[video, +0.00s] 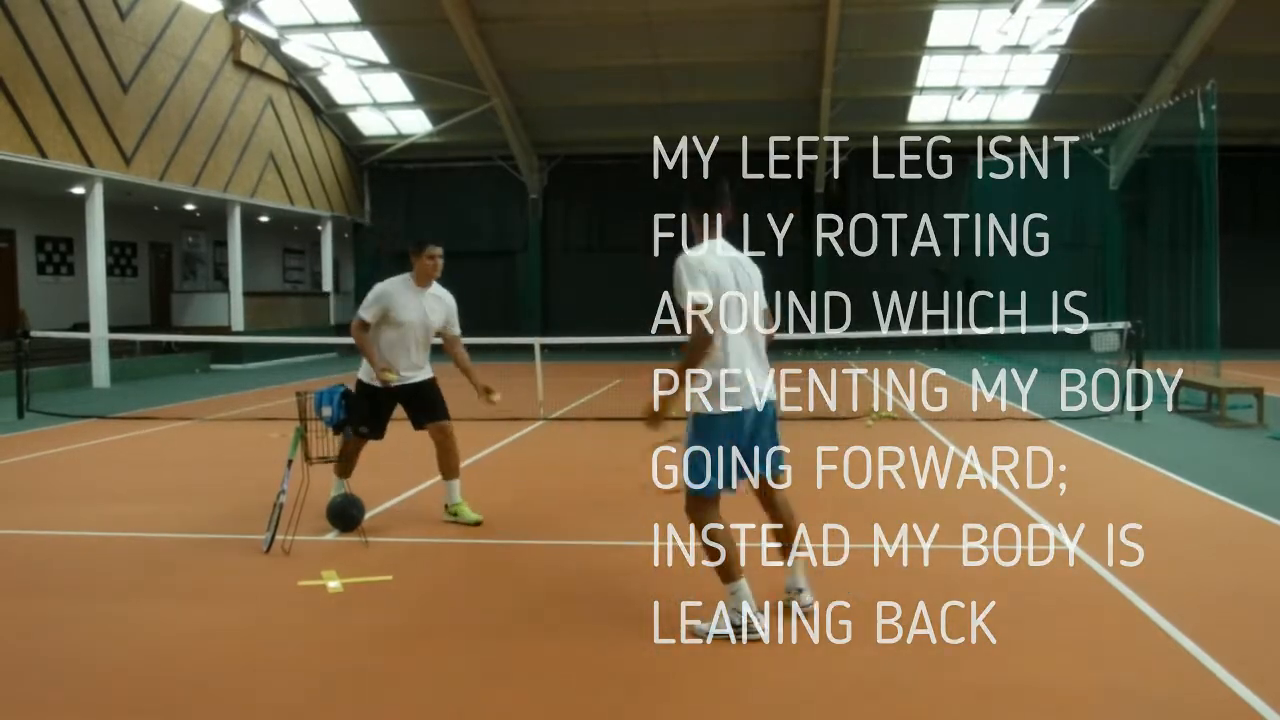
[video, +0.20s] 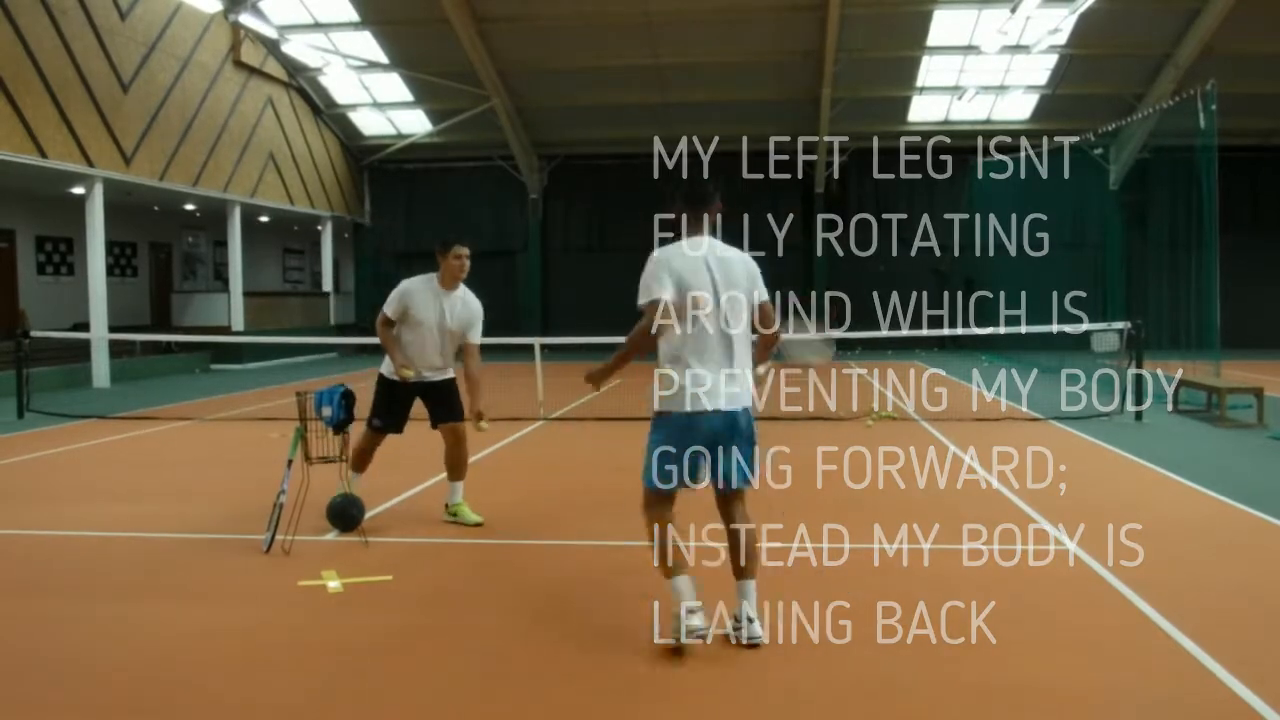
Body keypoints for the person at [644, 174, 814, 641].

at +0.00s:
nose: (689, 224)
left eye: (690, 217)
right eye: (696, 218)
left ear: (694, 218)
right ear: (727, 218)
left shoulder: (691, 262)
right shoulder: (747, 264)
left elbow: (703, 335)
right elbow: (766, 329)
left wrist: (668, 392)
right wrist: (730, 364)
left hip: (717, 409)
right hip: (760, 404)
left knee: (700, 505)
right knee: (771, 489)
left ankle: (741, 607)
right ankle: (800, 585)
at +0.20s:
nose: (703, 219)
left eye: (693, 211)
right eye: (713, 210)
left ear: (679, 215)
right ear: (718, 213)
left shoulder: (664, 260)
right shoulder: (744, 262)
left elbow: (654, 324)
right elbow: (769, 331)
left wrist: (608, 369)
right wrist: (741, 369)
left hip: (682, 411)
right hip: (736, 409)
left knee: (657, 509)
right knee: (735, 503)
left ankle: (689, 610)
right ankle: (748, 616)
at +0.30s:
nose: (700, 227)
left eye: (689, 220)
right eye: (705, 221)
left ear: (669, 221)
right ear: (707, 221)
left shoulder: (644, 264)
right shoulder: (733, 267)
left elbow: (630, 335)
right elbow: (761, 335)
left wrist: (597, 381)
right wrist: (752, 371)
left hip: (659, 416)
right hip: (720, 415)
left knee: (632, 515)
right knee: (735, 510)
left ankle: (621, 624)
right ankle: (750, 619)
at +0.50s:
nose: (666, 233)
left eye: (653, 223)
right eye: (667, 225)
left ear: (626, 226)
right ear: (666, 228)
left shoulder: (597, 278)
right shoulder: (679, 280)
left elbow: (581, 355)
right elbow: (701, 354)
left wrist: (624, 373)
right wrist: (722, 379)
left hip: (605, 432)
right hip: (663, 432)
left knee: (592, 543)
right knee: (704, 532)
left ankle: (569, 659)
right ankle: (750, 618)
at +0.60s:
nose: (659, 219)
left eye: (652, 211)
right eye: (659, 212)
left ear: (612, 215)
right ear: (655, 215)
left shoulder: (590, 264)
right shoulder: (660, 267)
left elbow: (576, 340)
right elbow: (671, 352)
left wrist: (627, 355)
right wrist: (693, 382)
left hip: (587, 422)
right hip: (637, 425)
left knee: (592, 540)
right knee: (682, 532)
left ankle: (568, 660)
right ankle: (730, 631)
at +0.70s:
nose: (650, 198)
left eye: (635, 190)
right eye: (652, 191)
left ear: (607, 191)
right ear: (651, 192)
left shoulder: (584, 244)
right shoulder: (646, 247)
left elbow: (576, 317)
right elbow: (650, 330)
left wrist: (648, 332)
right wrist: (670, 369)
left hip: (573, 407)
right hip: (624, 411)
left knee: (586, 525)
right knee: (664, 526)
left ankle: (565, 650)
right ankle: (676, 654)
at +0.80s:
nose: (644, 204)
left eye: (637, 194)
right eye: (644, 196)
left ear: (599, 198)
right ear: (639, 199)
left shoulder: (575, 250)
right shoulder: (637, 251)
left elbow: (584, 329)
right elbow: (641, 338)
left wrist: (653, 331)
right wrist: (664, 376)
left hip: (564, 412)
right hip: (613, 417)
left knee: (582, 530)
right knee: (646, 538)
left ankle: (544, 652)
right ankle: (610, 668)